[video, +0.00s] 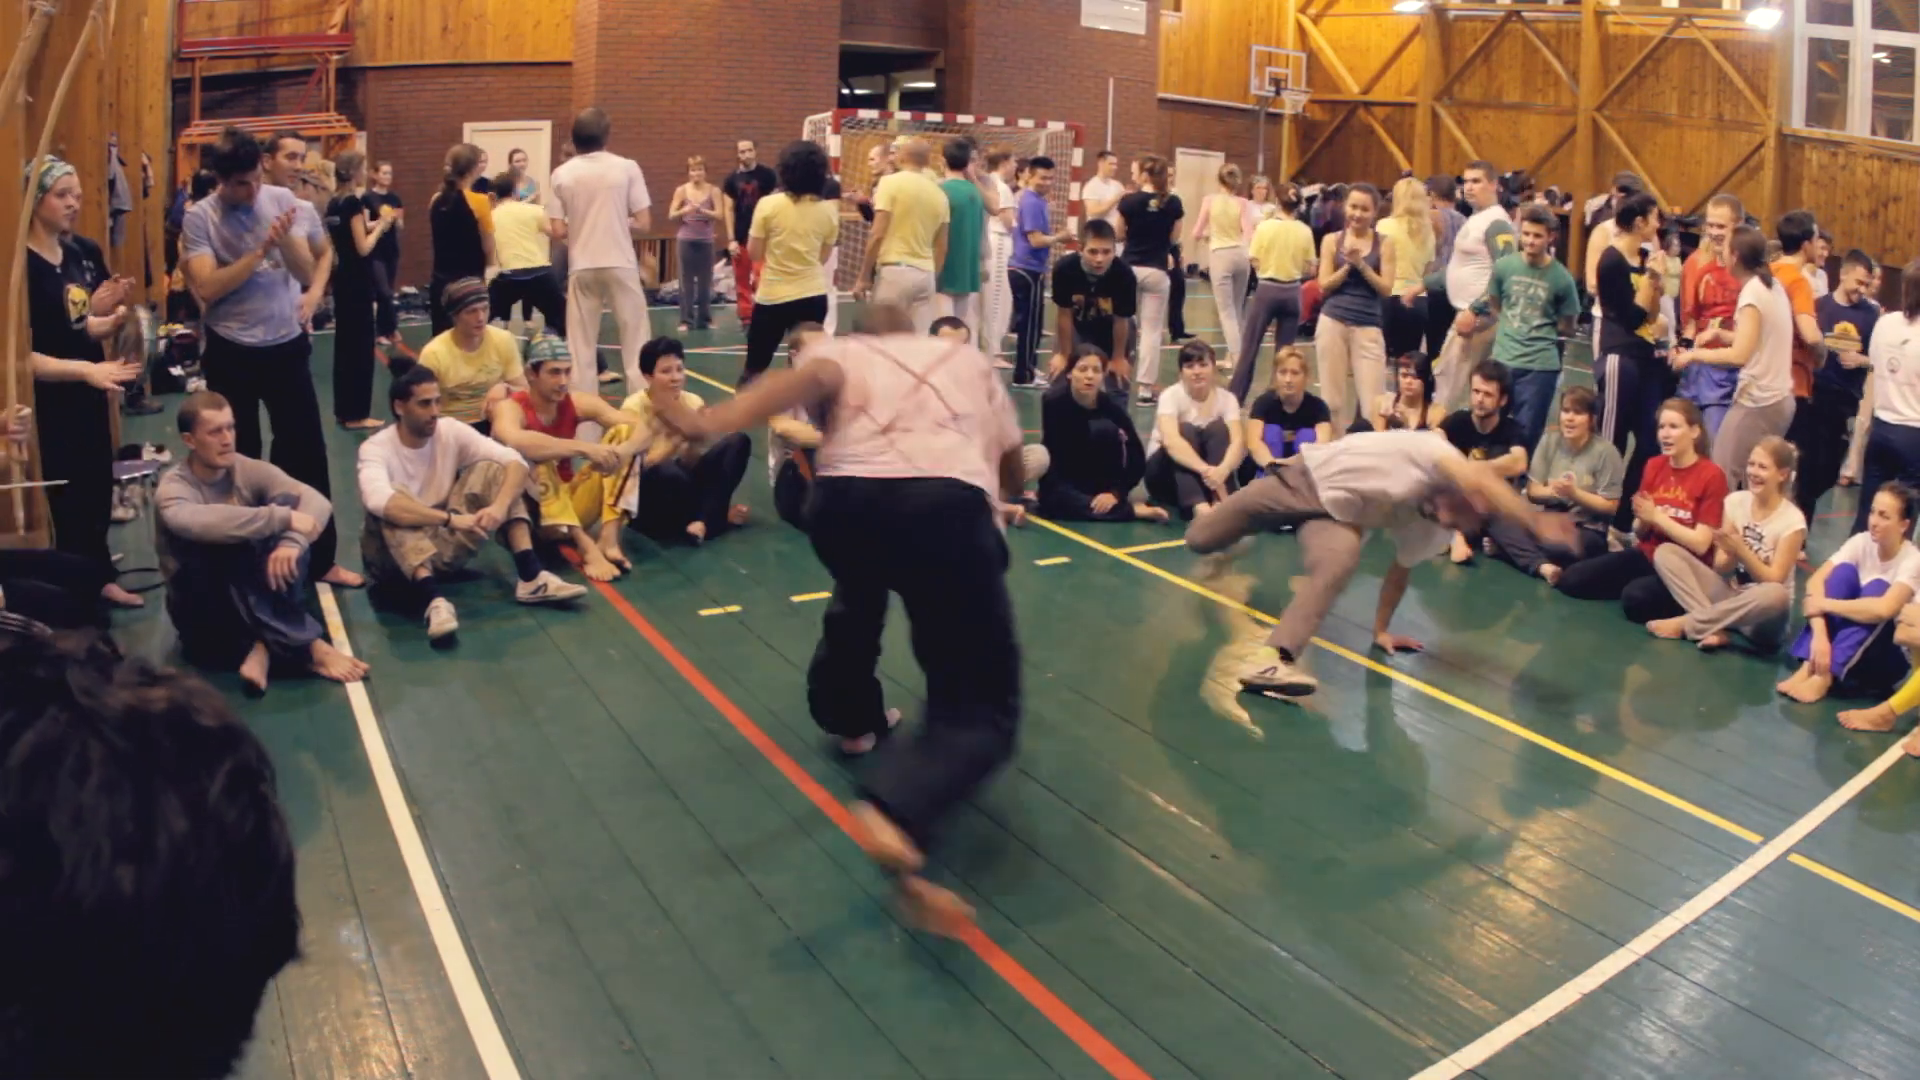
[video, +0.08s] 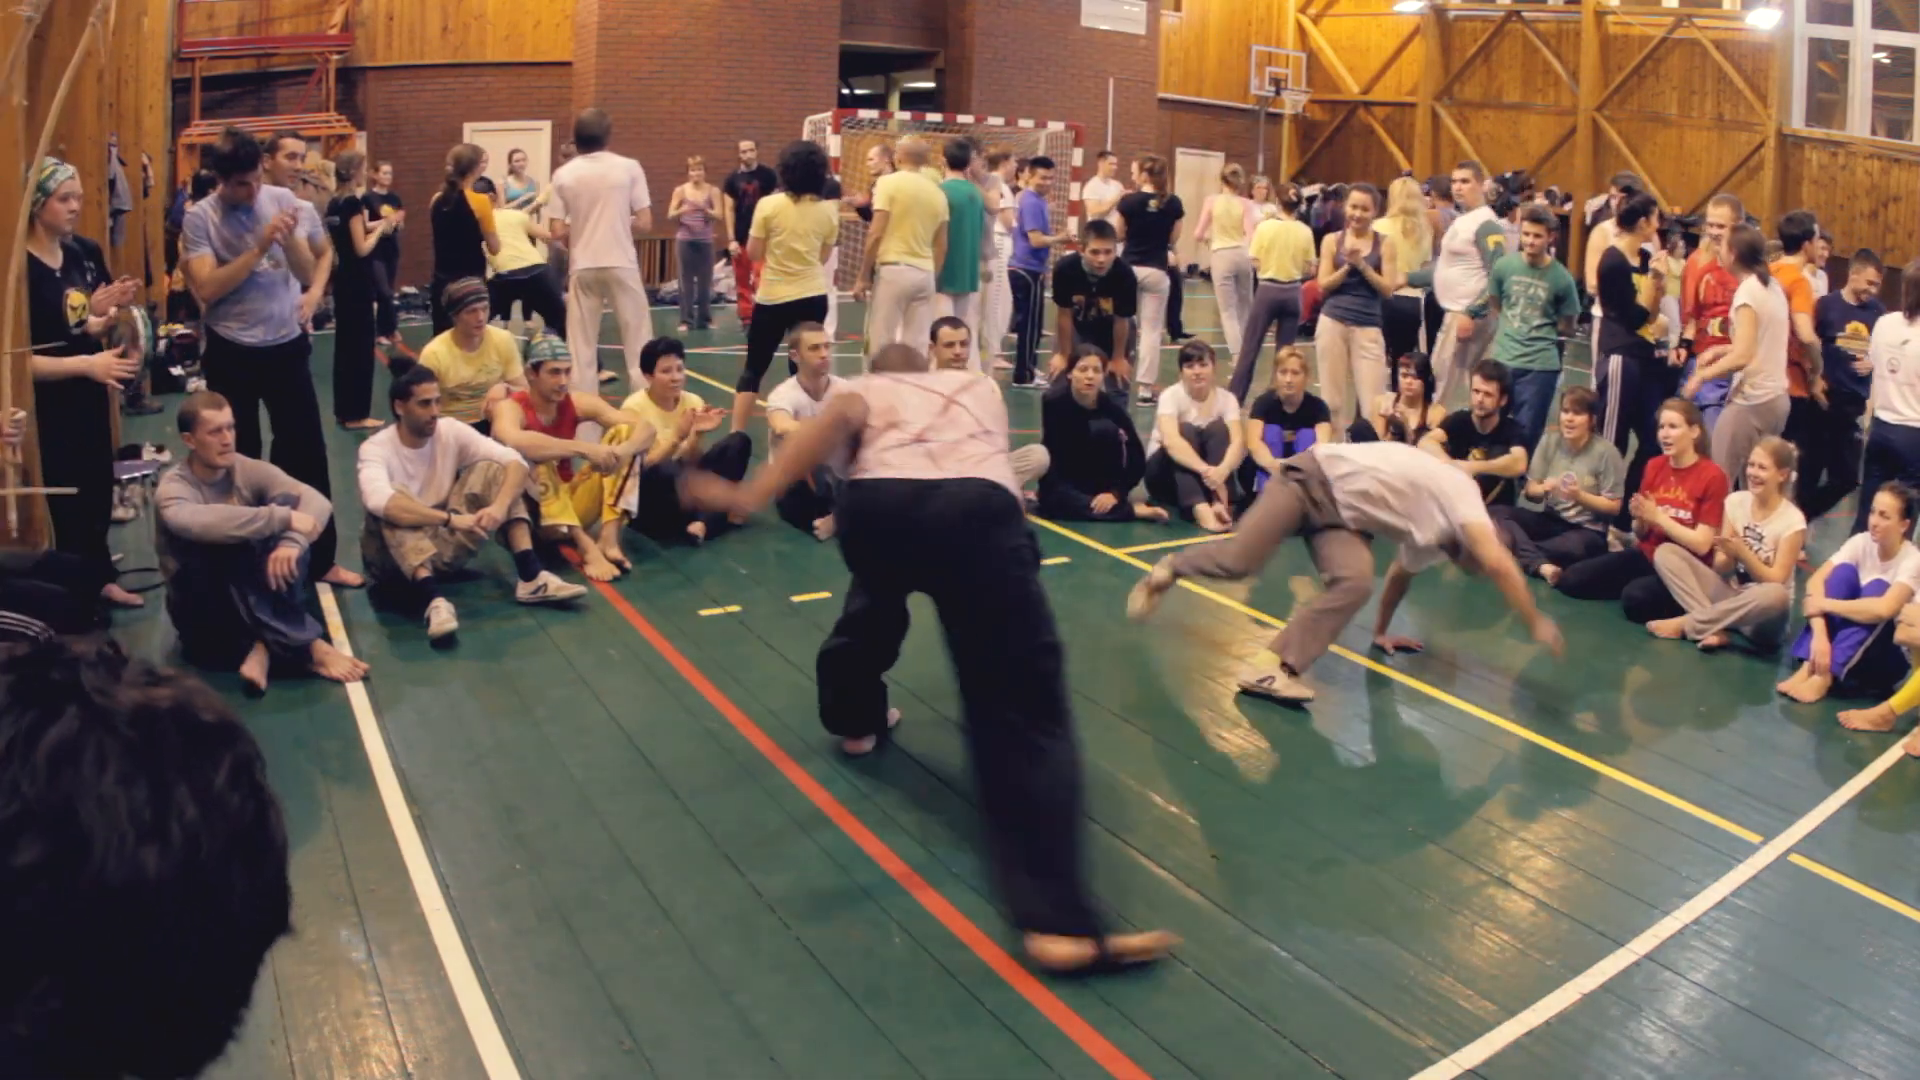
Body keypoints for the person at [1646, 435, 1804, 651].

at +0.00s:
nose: (1753, 472)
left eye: (1763, 467)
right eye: (1751, 464)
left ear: (1783, 475)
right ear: (1745, 466)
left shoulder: (1793, 520)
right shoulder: (1734, 501)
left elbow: (1775, 578)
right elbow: (1720, 566)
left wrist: (1739, 549)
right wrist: (1732, 552)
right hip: (1727, 596)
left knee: (1775, 594)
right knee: (1666, 552)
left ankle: (1685, 624)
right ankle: (1712, 629)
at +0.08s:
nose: (1753, 473)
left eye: (1762, 467)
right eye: (1751, 465)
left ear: (1783, 475)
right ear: (1745, 466)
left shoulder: (1793, 520)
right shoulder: (1734, 502)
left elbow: (1777, 579)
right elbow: (1719, 567)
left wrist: (1741, 552)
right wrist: (1730, 554)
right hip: (1728, 596)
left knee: (1775, 594)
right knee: (1666, 553)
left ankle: (1685, 625)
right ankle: (1712, 629)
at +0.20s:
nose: (1753, 473)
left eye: (1762, 467)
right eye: (1751, 465)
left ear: (1783, 475)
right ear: (1745, 466)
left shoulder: (1793, 520)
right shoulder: (1734, 501)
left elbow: (1778, 579)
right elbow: (1719, 568)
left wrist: (1745, 554)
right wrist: (1727, 551)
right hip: (1727, 596)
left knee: (1775, 594)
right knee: (1665, 552)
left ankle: (1684, 624)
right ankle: (1712, 629)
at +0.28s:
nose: (1754, 472)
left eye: (1763, 466)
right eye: (1751, 464)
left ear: (1783, 475)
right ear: (1745, 465)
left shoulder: (1794, 520)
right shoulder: (1735, 501)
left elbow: (1777, 579)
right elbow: (1719, 567)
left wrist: (1744, 552)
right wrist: (1728, 550)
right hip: (1726, 594)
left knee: (1775, 594)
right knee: (1665, 552)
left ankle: (1684, 625)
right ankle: (1712, 629)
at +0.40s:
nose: (1754, 471)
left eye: (1764, 465)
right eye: (1752, 463)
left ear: (1783, 473)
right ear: (1746, 465)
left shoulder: (1794, 520)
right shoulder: (1735, 502)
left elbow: (1776, 578)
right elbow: (1719, 566)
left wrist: (1741, 550)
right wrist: (1735, 550)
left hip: (1760, 606)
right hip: (1726, 594)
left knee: (1775, 594)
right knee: (1666, 552)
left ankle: (1685, 624)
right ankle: (1712, 629)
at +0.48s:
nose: (1755, 470)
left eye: (1765, 465)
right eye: (1752, 463)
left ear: (1784, 473)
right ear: (1747, 465)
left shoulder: (1794, 520)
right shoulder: (1735, 502)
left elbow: (1777, 579)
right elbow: (1719, 567)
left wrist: (1742, 550)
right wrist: (1733, 549)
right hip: (1726, 595)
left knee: (1775, 594)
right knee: (1666, 552)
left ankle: (1684, 625)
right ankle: (1712, 629)